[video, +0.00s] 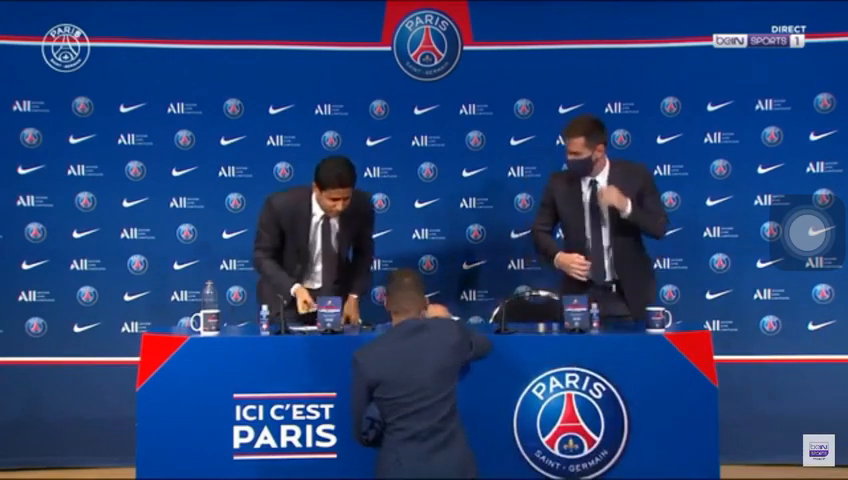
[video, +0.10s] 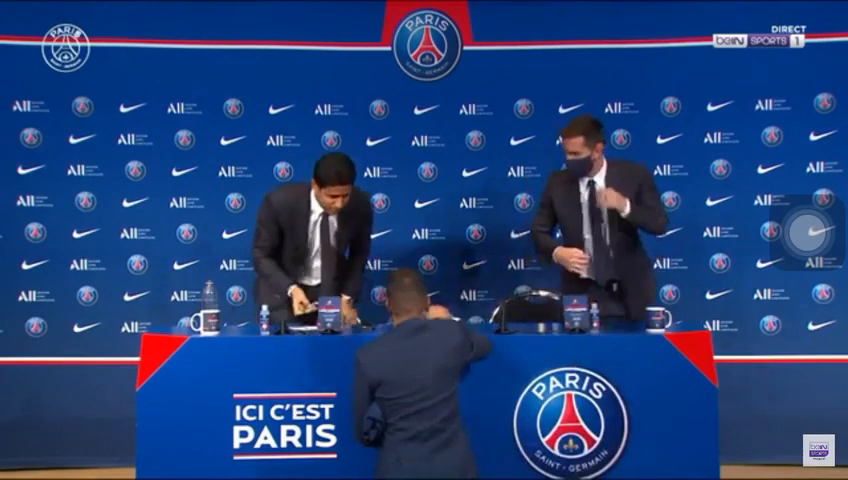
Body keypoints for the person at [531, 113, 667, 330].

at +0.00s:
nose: (570, 160)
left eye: (577, 155)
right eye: (568, 153)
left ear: (599, 151)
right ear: (566, 148)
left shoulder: (635, 176)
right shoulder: (559, 183)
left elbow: (659, 227)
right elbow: (540, 231)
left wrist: (626, 207)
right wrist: (558, 257)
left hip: (627, 295)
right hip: (581, 296)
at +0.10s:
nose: (569, 160)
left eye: (576, 154)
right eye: (567, 154)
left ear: (598, 150)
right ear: (564, 149)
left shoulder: (634, 175)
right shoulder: (558, 183)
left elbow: (659, 223)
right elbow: (539, 231)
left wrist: (625, 206)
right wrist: (557, 253)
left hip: (628, 293)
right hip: (581, 293)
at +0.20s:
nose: (573, 163)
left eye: (579, 157)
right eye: (570, 156)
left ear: (601, 151)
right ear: (566, 152)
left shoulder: (633, 174)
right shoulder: (558, 182)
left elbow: (659, 223)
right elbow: (538, 231)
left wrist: (623, 200)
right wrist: (557, 241)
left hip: (626, 290)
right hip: (580, 291)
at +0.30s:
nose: (580, 168)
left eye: (586, 162)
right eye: (576, 162)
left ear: (606, 154)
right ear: (571, 156)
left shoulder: (634, 173)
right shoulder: (564, 180)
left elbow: (659, 224)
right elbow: (543, 235)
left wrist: (624, 187)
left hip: (625, 290)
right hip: (580, 289)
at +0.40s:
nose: (584, 170)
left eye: (590, 164)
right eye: (579, 163)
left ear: (609, 155)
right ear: (575, 157)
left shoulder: (639, 173)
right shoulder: (573, 178)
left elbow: (658, 224)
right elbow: (548, 232)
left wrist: (625, 186)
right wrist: (561, 194)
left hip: (628, 291)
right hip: (583, 290)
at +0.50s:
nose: (592, 169)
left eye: (599, 163)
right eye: (588, 163)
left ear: (618, 154)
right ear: (583, 158)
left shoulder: (650, 174)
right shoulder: (585, 180)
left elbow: (659, 226)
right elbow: (559, 230)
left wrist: (631, 186)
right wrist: (575, 191)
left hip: (637, 291)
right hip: (594, 291)